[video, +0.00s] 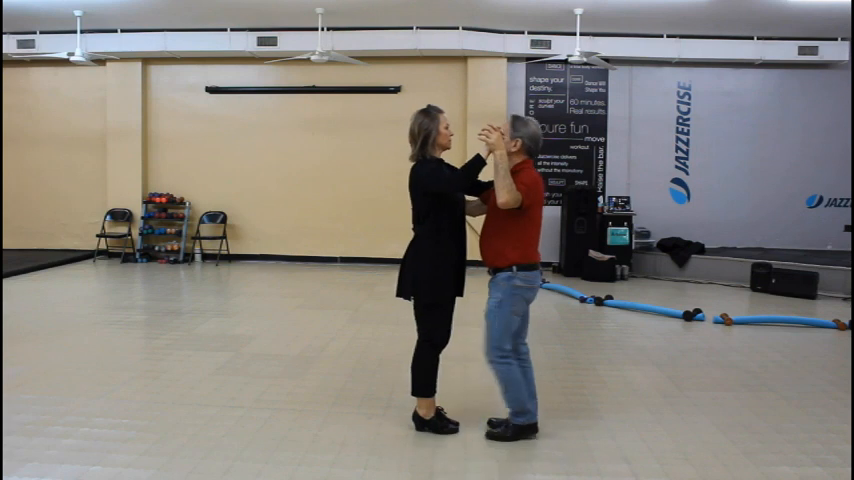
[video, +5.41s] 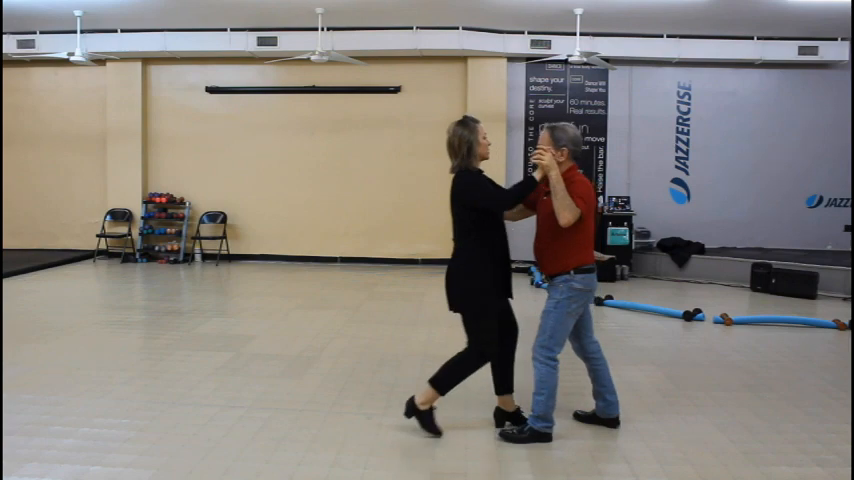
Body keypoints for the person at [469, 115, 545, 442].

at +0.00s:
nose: (495, 140)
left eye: (501, 135)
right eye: (496, 135)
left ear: (515, 144)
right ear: (515, 145)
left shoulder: (529, 177)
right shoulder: (509, 178)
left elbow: (506, 200)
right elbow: (472, 207)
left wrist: (499, 154)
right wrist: (440, 194)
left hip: (515, 276)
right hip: (511, 274)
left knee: (499, 351)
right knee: (514, 348)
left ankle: (522, 420)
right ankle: (524, 417)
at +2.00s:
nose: (509, 139)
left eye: (514, 135)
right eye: (510, 134)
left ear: (530, 144)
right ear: (529, 145)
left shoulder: (545, 178)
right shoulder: (520, 179)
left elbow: (524, 205)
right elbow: (484, 205)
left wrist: (518, 160)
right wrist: (450, 193)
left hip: (532, 277)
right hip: (517, 276)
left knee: (525, 354)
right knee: (520, 353)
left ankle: (527, 423)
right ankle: (522, 416)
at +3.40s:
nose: (487, 148)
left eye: (494, 143)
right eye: (489, 142)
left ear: (513, 149)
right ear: (509, 149)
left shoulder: (527, 181)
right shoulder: (505, 181)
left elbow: (506, 214)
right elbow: (465, 209)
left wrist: (491, 171)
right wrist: (431, 201)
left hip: (514, 278)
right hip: (504, 277)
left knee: (478, 347)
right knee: (510, 347)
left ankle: (484, 424)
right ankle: (525, 416)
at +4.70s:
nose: (510, 143)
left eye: (516, 139)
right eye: (511, 138)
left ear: (533, 146)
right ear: (530, 146)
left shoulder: (549, 180)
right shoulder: (527, 179)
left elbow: (524, 210)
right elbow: (488, 206)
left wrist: (514, 165)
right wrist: (452, 198)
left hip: (543, 278)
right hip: (531, 276)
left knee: (524, 353)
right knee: (531, 347)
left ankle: (527, 426)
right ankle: (557, 407)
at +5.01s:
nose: (533, 156)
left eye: (538, 152)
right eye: (534, 151)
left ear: (558, 156)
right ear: (556, 156)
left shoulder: (577, 186)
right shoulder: (547, 185)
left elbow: (560, 223)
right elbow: (514, 212)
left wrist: (547, 177)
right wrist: (481, 201)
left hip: (569, 283)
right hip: (565, 281)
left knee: (534, 351)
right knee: (582, 346)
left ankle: (528, 425)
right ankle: (607, 411)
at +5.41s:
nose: (536, 153)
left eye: (542, 148)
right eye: (537, 147)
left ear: (562, 153)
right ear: (558, 152)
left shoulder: (579, 183)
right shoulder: (547, 184)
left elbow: (567, 218)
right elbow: (516, 212)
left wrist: (553, 174)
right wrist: (483, 204)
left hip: (573, 279)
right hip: (567, 277)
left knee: (545, 351)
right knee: (587, 346)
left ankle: (540, 425)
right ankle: (608, 411)